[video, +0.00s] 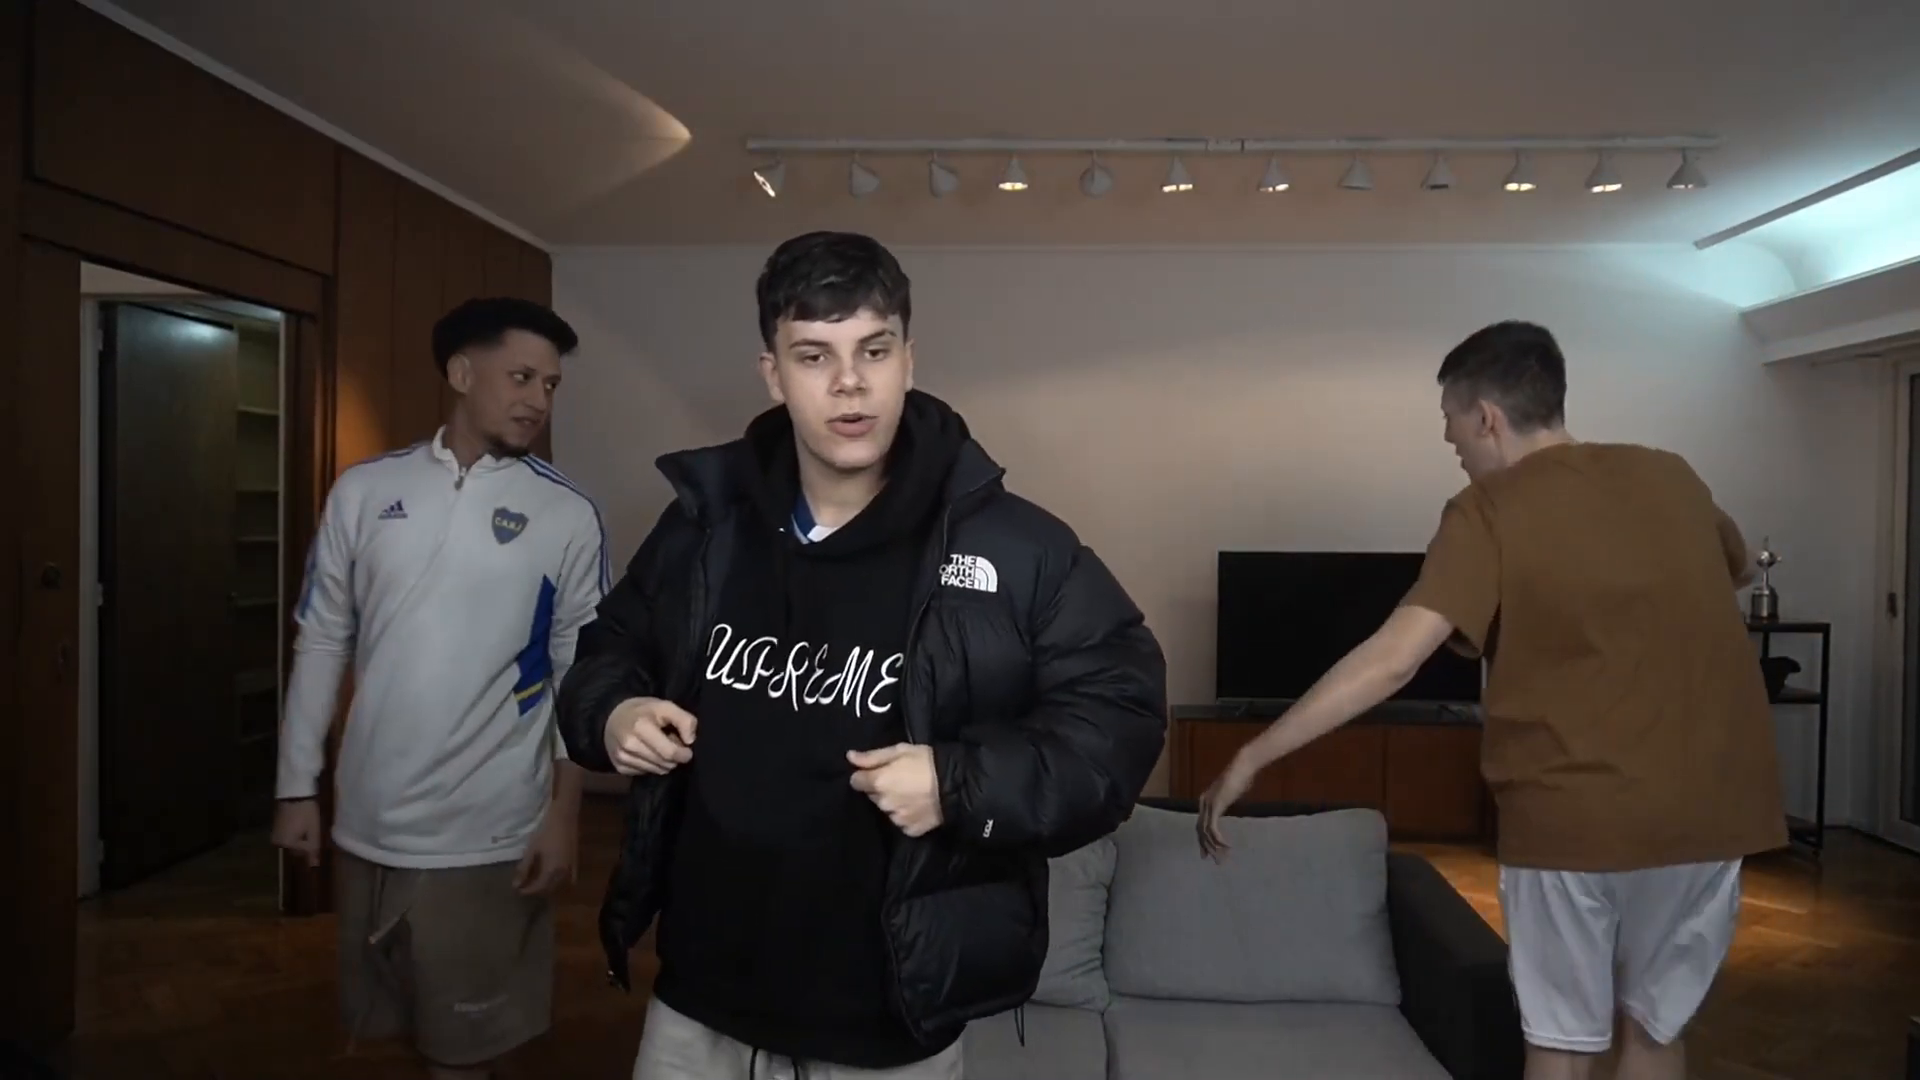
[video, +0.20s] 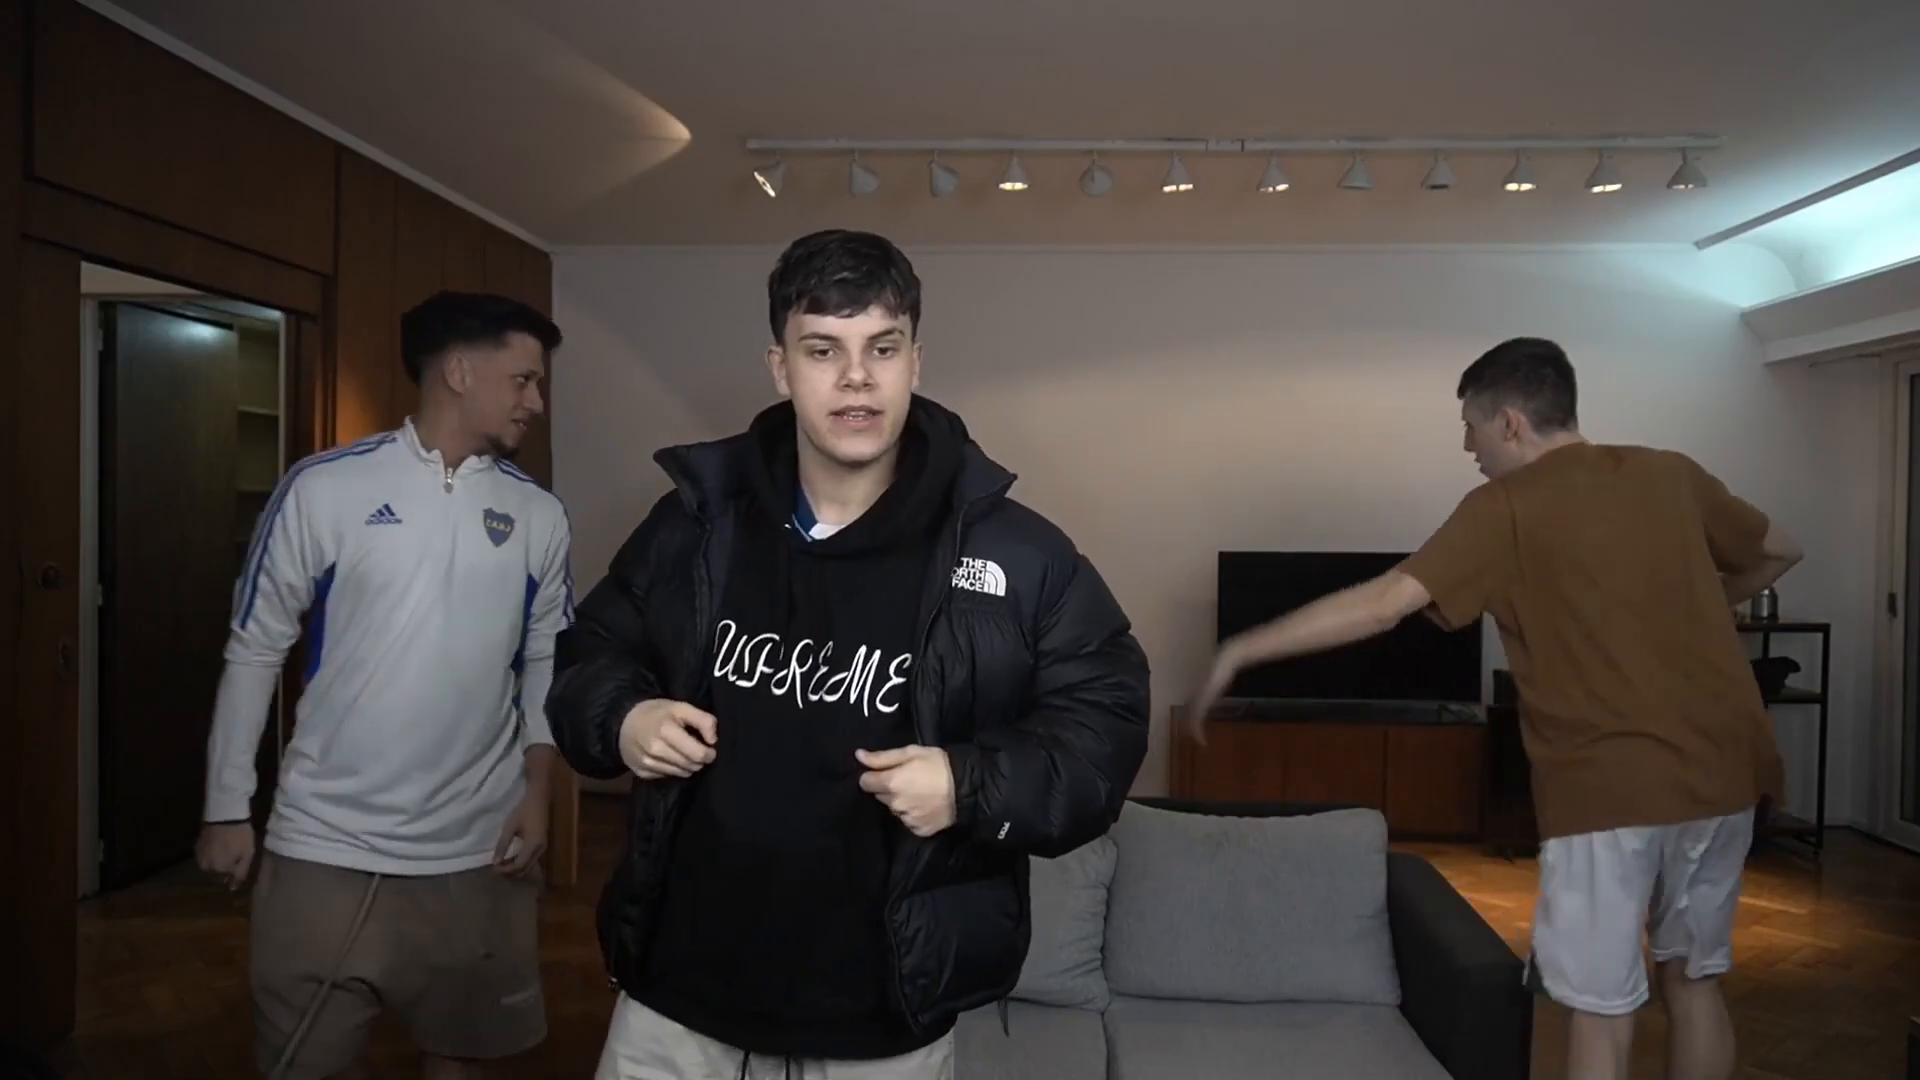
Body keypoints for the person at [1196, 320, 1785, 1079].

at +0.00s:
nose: (1453, 446)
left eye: (1452, 426)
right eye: (1448, 427)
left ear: (1488, 416)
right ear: (1553, 403)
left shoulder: (1488, 513)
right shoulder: (1672, 476)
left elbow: (1391, 659)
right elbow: (1741, 563)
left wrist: (1249, 759)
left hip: (1567, 825)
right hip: (1709, 823)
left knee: (1562, 1047)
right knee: (1655, 1036)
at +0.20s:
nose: (1470, 449)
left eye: (1471, 430)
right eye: (1466, 431)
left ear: (1511, 422)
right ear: (1556, 414)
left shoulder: (1506, 505)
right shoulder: (1673, 476)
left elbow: (1390, 599)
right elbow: (1777, 549)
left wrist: (1238, 651)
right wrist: (1691, 600)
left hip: (1606, 790)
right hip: (1728, 773)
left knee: (1598, 1010)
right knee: (1696, 978)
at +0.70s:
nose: (1478, 434)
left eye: (1489, 422)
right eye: (1482, 420)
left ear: (1534, 432)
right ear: (1553, 431)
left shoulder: (1525, 508)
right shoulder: (1624, 483)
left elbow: (1428, 558)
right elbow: (1641, 451)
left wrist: (1347, 477)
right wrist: (1573, 414)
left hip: (1571, 747)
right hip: (1658, 733)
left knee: (1583, 924)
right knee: (1641, 906)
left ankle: (1641, 1071)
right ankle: (1708, 1068)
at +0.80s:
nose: (1462, 443)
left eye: (1473, 430)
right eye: (1465, 429)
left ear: (1522, 439)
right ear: (1536, 436)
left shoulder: (1506, 512)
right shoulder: (1600, 476)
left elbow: (1390, 524)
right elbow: (1602, 437)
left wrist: (1267, 495)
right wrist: (1560, 398)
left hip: (1566, 745)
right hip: (1627, 731)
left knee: (1580, 910)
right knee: (1603, 892)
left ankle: (1643, 1067)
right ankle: (1642, 1048)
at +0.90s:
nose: (1437, 432)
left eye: (1448, 420)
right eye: (1440, 418)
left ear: (1493, 426)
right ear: (1513, 425)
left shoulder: (1489, 494)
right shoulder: (1568, 466)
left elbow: (1390, 527)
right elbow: (1557, 427)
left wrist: (1270, 468)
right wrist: (1518, 380)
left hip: (1550, 719)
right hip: (1606, 700)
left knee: (1569, 899)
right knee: (1572, 867)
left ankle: (1647, 1068)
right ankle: (1581, 1018)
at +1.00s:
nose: (1413, 438)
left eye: (1424, 427)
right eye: (1417, 424)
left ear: (1472, 434)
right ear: (1484, 432)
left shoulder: (1492, 495)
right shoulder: (1536, 470)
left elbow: (1405, 547)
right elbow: (1506, 428)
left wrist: (1322, 475)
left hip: (1528, 720)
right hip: (1577, 702)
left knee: (1521, 873)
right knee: (1555, 865)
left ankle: (1629, 1039)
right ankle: (1579, 1020)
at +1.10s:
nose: (1398, 448)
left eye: (1413, 436)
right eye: (1400, 434)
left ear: (1460, 442)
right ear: (1461, 446)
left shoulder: (1470, 499)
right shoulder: (1495, 492)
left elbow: (1397, 526)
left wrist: (1283, 510)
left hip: (1502, 718)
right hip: (1552, 706)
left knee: (1469, 863)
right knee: (1537, 856)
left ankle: (1552, 1010)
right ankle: (1584, 1020)